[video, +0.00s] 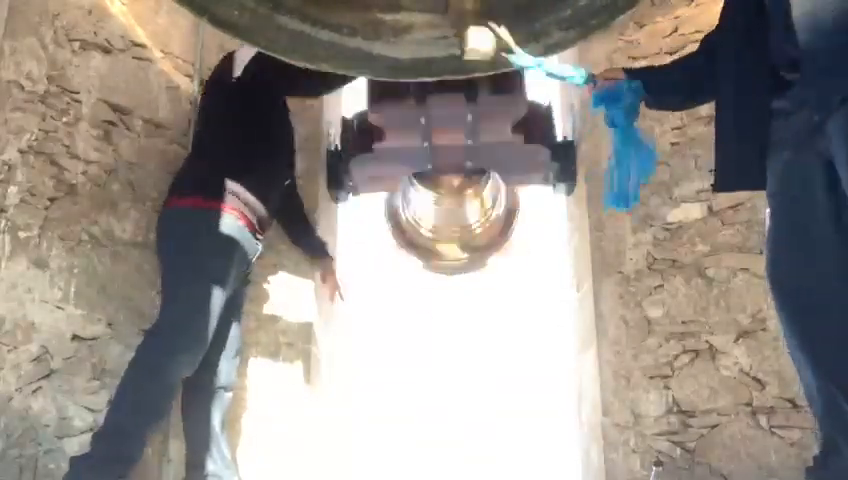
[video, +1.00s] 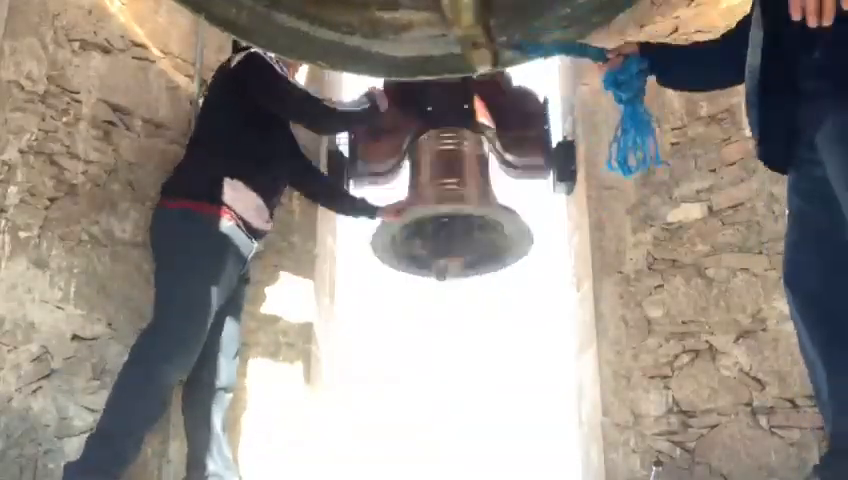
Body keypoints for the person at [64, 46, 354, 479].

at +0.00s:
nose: (297, 73)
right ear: (268, 49)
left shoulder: (274, 117)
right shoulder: (248, 66)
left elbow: (284, 191)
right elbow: (319, 80)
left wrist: (320, 255)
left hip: (241, 237)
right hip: (209, 217)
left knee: (217, 375)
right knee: (180, 344)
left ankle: (214, 472)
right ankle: (100, 469)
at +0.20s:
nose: (302, 71)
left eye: (307, 64)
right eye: (299, 60)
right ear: (281, 54)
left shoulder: (271, 106)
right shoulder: (259, 76)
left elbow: (262, 182)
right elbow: (304, 149)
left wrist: (291, 224)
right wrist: (362, 208)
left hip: (242, 239)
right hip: (212, 220)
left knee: (218, 378)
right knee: (168, 352)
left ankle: (214, 472)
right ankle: (98, 469)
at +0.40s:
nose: (289, 63)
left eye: (292, 57)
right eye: (283, 53)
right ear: (265, 47)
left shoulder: (265, 104)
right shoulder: (252, 68)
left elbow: (268, 191)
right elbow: (305, 132)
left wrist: (307, 167)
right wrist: (369, 189)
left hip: (246, 241)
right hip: (215, 223)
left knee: (218, 380)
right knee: (169, 356)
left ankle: (216, 473)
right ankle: (96, 471)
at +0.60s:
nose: (288, 56)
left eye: (291, 51)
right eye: (283, 45)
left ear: (289, 56)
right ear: (261, 35)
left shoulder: (269, 92)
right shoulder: (244, 62)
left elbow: (308, 149)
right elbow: (291, 132)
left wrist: (335, 96)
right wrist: (355, 183)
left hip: (245, 239)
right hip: (211, 222)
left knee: (219, 381)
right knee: (171, 352)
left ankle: (215, 472)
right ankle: (94, 470)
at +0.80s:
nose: (297, 63)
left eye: (300, 55)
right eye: (294, 50)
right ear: (272, 42)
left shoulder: (269, 94)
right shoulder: (249, 65)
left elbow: (312, 147)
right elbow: (289, 135)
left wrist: (371, 127)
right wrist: (359, 169)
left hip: (245, 241)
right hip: (211, 223)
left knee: (219, 380)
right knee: (166, 355)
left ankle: (214, 473)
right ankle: (94, 470)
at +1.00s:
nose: (299, 67)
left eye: (301, 63)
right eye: (296, 57)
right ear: (278, 51)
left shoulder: (269, 121)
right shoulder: (251, 67)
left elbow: (311, 180)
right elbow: (319, 117)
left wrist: (375, 212)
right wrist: (375, 109)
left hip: (235, 244)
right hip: (203, 222)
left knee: (216, 378)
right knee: (170, 351)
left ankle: (213, 473)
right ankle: (93, 471)